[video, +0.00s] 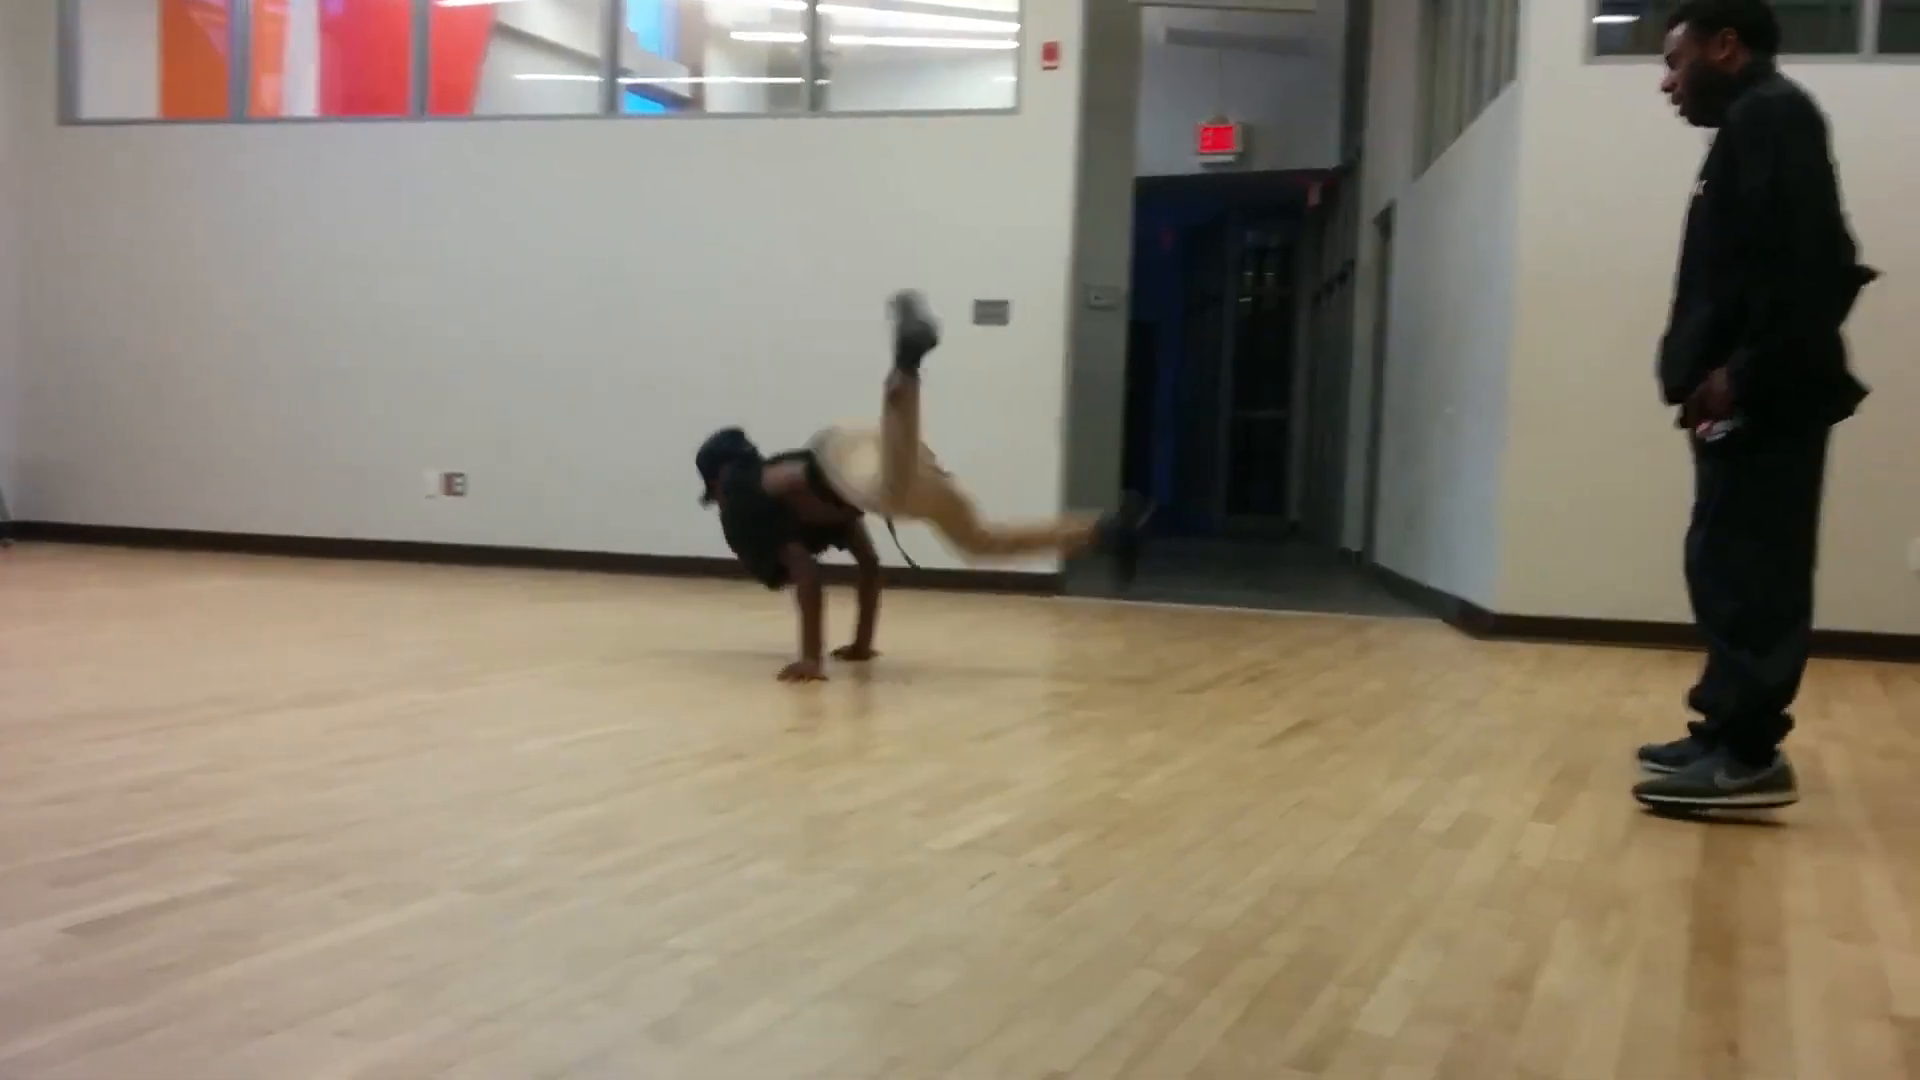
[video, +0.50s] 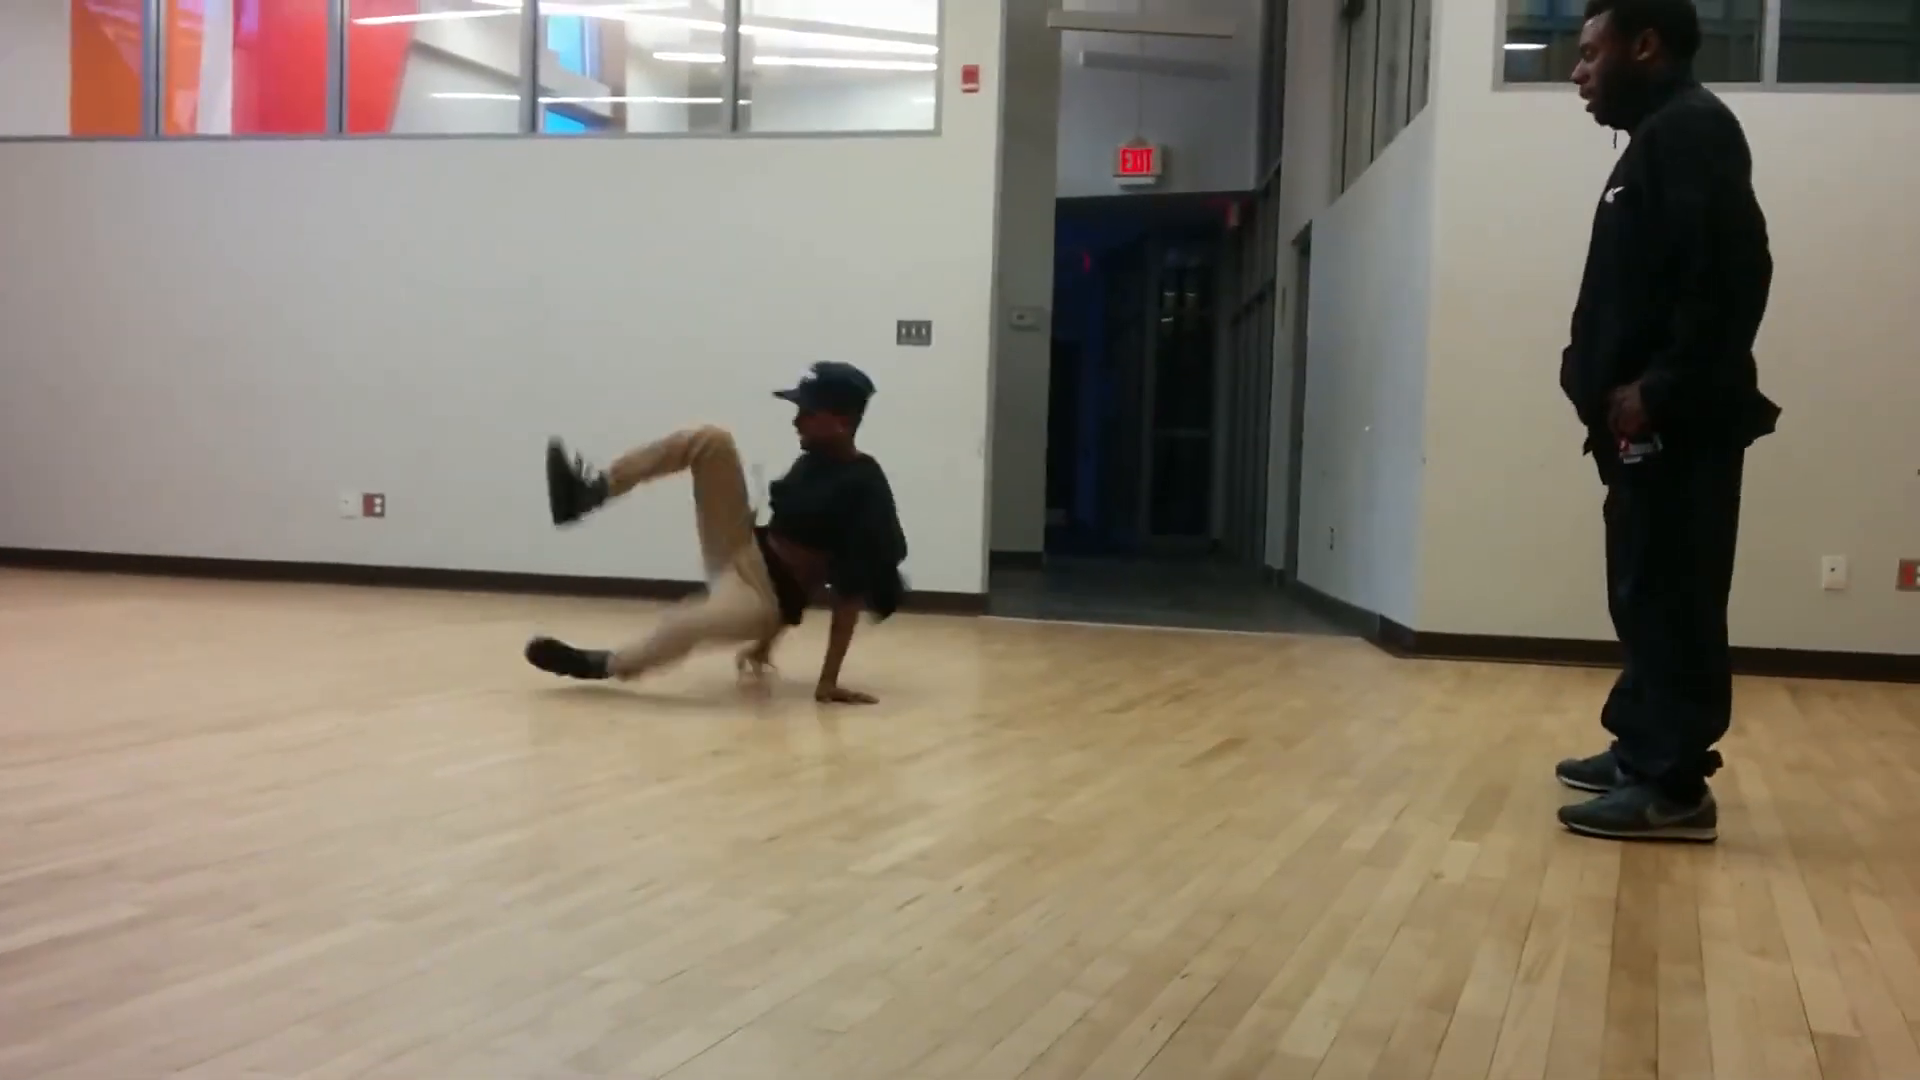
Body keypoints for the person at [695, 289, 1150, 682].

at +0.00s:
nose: (709, 492)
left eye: (708, 482)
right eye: (708, 483)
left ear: (719, 475)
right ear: (747, 461)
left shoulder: (741, 512)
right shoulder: (803, 494)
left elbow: (805, 576)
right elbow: (869, 565)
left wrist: (810, 660)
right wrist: (862, 643)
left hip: (839, 456)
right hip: (880, 450)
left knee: (896, 497)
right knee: (978, 541)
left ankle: (905, 366)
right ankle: (1099, 531)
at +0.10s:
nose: (703, 487)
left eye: (702, 480)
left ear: (708, 457)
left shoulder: (719, 456)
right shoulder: (802, 510)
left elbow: (739, 533)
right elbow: (838, 565)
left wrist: (740, 619)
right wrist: (827, 645)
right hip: (884, 460)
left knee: (800, 438)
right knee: (879, 600)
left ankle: (918, 387)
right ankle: (976, 598)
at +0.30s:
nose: (704, 412)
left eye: (709, 397)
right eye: (697, 408)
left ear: (728, 384)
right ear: (697, 418)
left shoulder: (791, 392)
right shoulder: (742, 473)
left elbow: (843, 392)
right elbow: (792, 568)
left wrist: (861, 431)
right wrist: (789, 655)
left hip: (823, 526)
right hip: (781, 567)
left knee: (743, 395)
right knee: (662, 549)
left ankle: (714, 442)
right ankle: (622, 618)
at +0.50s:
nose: (797, 420)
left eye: (807, 412)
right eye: (799, 410)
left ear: (839, 421)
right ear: (835, 420)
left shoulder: (865, 489)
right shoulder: (814, 462)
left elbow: (852, 593)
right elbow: (784, 545)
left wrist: (828, 683)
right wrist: (765, 642)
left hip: (762, 599)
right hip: (744, 550)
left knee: (683, 627)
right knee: (711, 443)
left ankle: (607, 665)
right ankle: (588, 494)